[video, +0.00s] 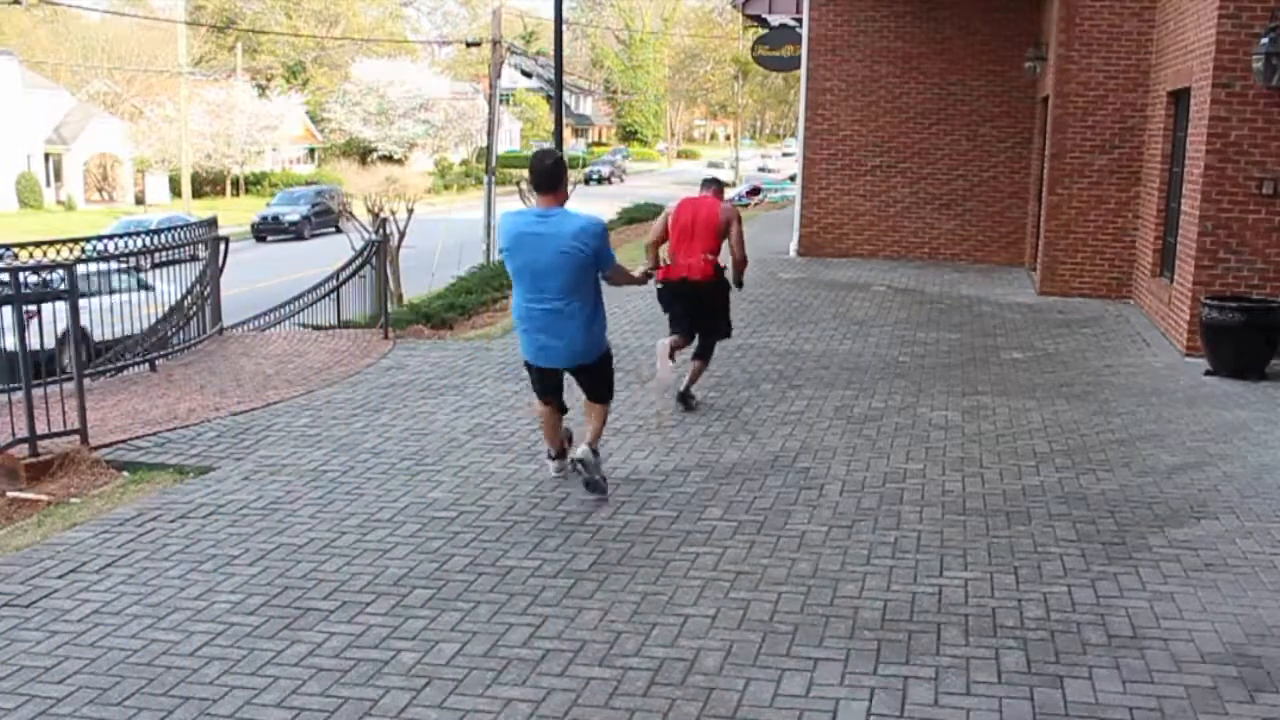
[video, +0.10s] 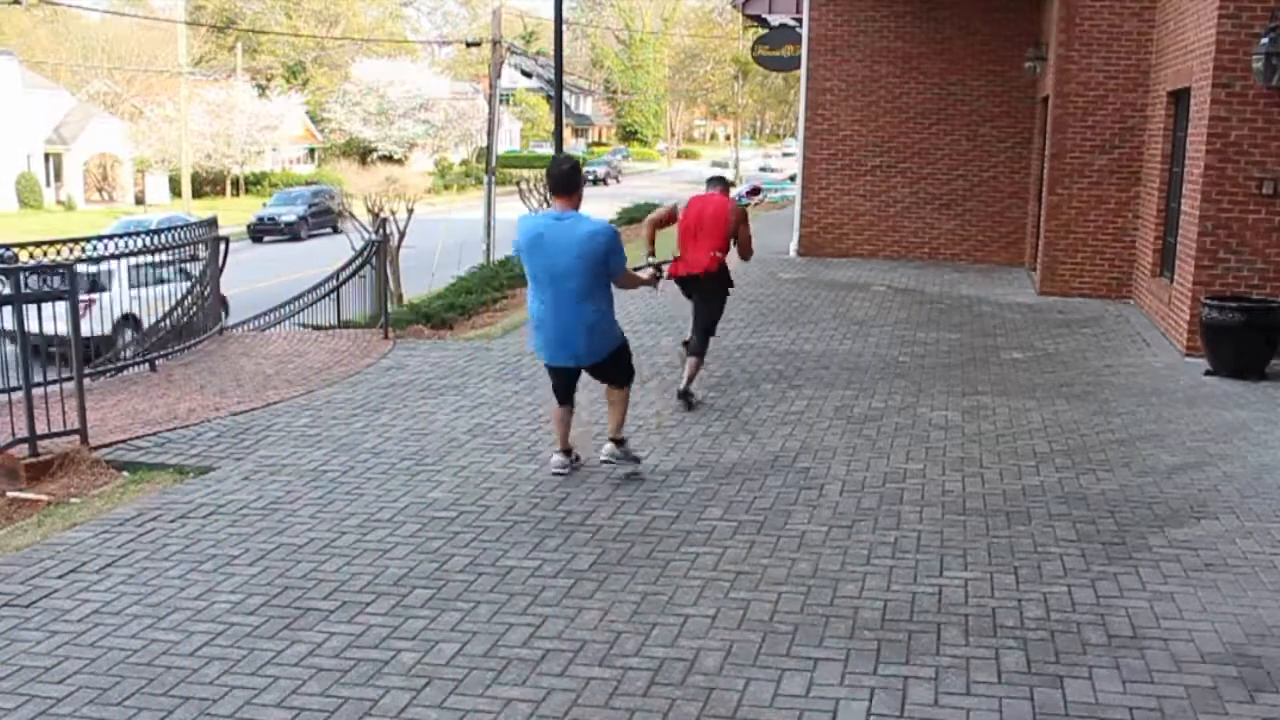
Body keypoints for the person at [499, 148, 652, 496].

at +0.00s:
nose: (567, 183)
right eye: (566, 178)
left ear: (531, 185)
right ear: (566, 182)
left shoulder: (508, 225)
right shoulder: (590, 228)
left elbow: (517, 269)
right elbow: (612, 274)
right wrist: (636, 279)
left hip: (536, 344)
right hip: (584, 341)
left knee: (549, 404)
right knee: (598, 396)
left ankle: (556, 456)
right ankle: (589, 447)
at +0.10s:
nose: (579, 188)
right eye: (580, 183)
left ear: (548, 189)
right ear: (581, 187)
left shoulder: (527, 228)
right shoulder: (601, 232)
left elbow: (528, 267)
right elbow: (621, 279)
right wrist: (647, 279)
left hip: (551, 338)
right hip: (596, 335)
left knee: (562, 398)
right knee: (620, 377)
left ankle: (561, 453)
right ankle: (615, 441)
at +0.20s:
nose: (603, 185)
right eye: (602, 181)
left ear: (571, 185)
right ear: (601, 184)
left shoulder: (546, 222)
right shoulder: (619, 229)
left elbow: (557, 259)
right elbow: (633, 274)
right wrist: (650, 273)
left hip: (565, 332)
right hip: (610, 331)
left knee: (571, 388)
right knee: (633, 378)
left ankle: (564, 444)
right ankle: (647, 425)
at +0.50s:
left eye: (619, 176)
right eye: (642, 175)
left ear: (615, 179)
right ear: (644, 177)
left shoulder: (597, 214)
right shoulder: (664, 214)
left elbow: (598, 251)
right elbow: (682, 254)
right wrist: (696, 255)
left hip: (617, 308)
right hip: (657, 308)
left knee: (627, 360)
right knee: (667, 354)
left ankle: (637, 403)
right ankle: (659, 400)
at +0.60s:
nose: (647, 182)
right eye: (650, 177)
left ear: (626, 181)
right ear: (654, 180)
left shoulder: (608, 214)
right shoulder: (672, 216)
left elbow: (612, 251)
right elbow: (692, 255)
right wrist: (706, 255)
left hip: (632, 307)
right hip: (669, 303)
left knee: (641, 355)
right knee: (685, 337)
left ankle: (644, 400)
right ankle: (679, 389)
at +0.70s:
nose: (663, 181)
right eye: (665, 177)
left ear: (641, 180)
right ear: (667, 179)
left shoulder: (621, 210)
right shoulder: (683, 214)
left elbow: (617, 235)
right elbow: (699, 255)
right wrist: (707, 254)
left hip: (640, 301)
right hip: (678, 301)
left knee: (647, 347)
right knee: (698, 341)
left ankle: (644, 396)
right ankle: (706, 385)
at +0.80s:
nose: (679, 179)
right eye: (681, 176)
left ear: (657, 179)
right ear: (682, 179)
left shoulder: (638, 208)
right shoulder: (699, 212)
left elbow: (635, 238)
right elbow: (706, 244)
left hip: (654, 292)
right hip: (689, 294)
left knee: (658, 330)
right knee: (700, 342)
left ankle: (648, 369)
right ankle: (713, 382)